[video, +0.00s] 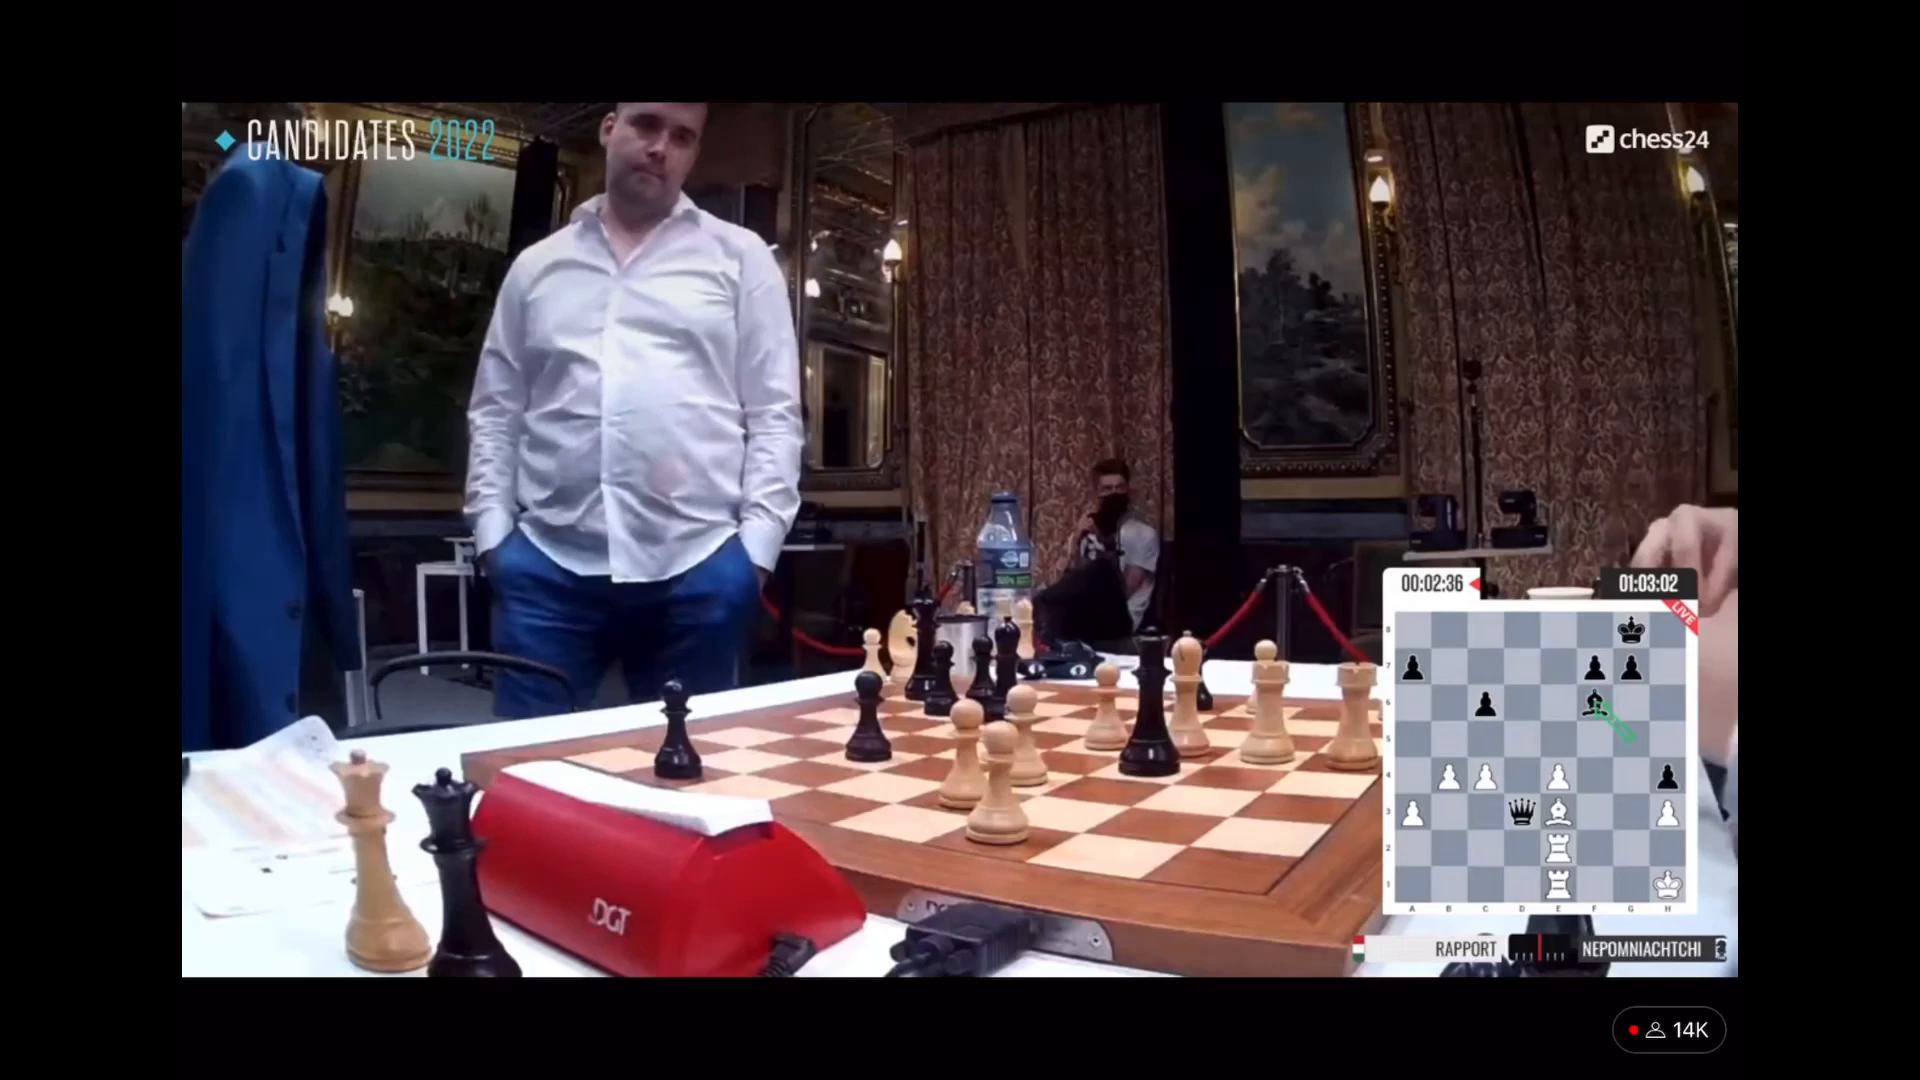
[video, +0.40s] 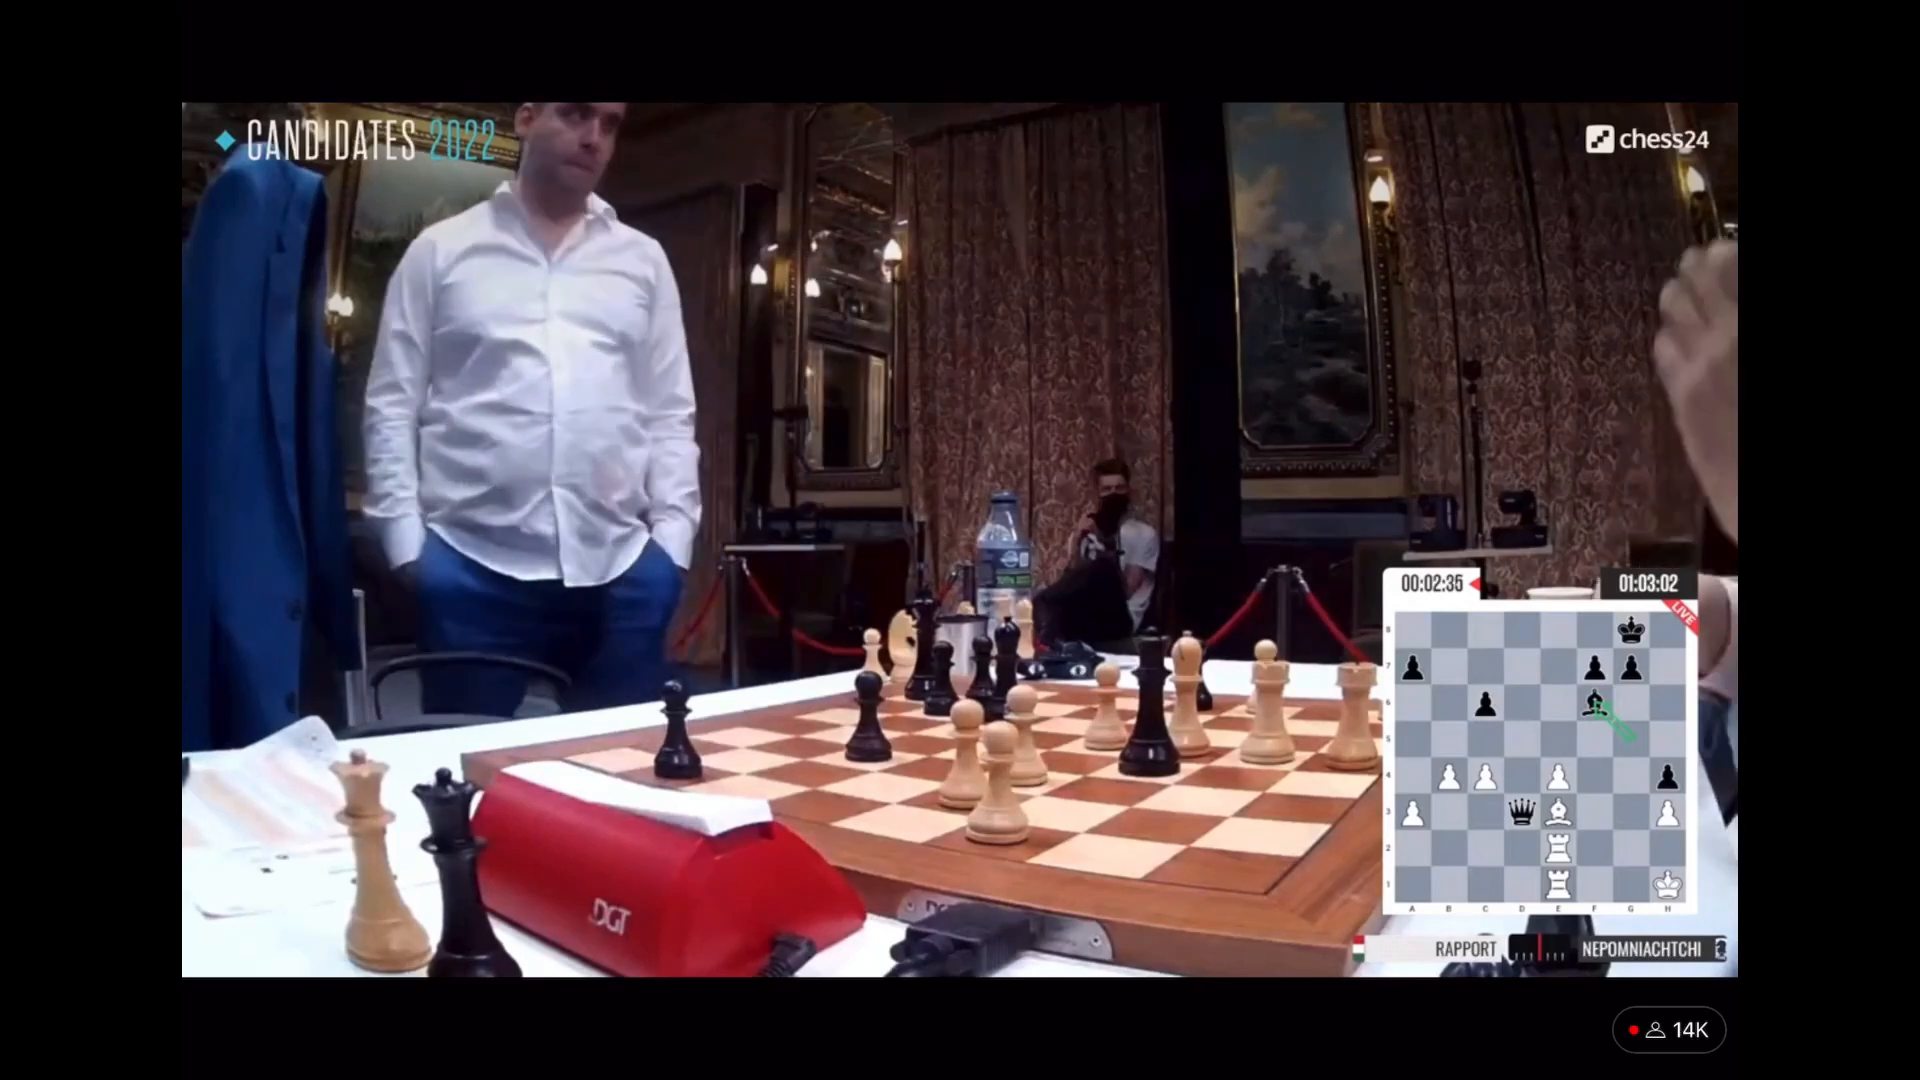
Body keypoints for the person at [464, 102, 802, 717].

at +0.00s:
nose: (660, 149)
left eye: (681, 137)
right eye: (645, 126)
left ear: (696, 155)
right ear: (608, 130)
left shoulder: (741, 259)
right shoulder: (536, 267)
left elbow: (774, 413)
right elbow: (494, 409)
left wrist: (754, 548)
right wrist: (495, 536)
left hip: (697, 574)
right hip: (547, 570)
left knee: (693, 778)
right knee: (528, 772)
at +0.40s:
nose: (592, 138)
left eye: (607, 125)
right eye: (575, 115)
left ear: (617, 141)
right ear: (525, 120)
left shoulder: (643, 260)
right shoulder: (440, 251)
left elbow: (670, 414)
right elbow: (391, 401)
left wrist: (669, 545)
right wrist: (409, 546)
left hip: (621, 576)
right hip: (472, 574)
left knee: (624, 781)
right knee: (465, 780)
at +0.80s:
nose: (543, 140)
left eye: (551, 124)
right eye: (525, 117)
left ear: (556, 139)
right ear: (469, 121)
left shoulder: (567, 267)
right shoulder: (378, 253)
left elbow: (589, 424)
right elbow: (332, 415)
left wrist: (589, 556)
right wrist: (352, 561)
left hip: (545, 585)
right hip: (411, 584)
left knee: (576, 784)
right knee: (422, 788)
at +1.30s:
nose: (512, 139)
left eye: (527, 124)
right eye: (495, 116)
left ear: (535, 136)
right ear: (445, 115)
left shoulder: (553, 261)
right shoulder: (357, 256)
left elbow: (577, 420)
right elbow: (319, 419)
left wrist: (578, 557)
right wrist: (339, 565)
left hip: (536, 586)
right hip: (398, 587)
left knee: (563, 792)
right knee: (410, 795)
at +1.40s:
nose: (506, 138)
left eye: (524, 125)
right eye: (490, 115)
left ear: (533, 138)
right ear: (443, 116)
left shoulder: (554, 260)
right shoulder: (357, 256)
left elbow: (580, 418)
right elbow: (321, 419)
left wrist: (581, 556)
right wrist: (341, 564)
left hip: (538, 585)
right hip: (399, 586)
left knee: (561, 793)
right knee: (412, 795)